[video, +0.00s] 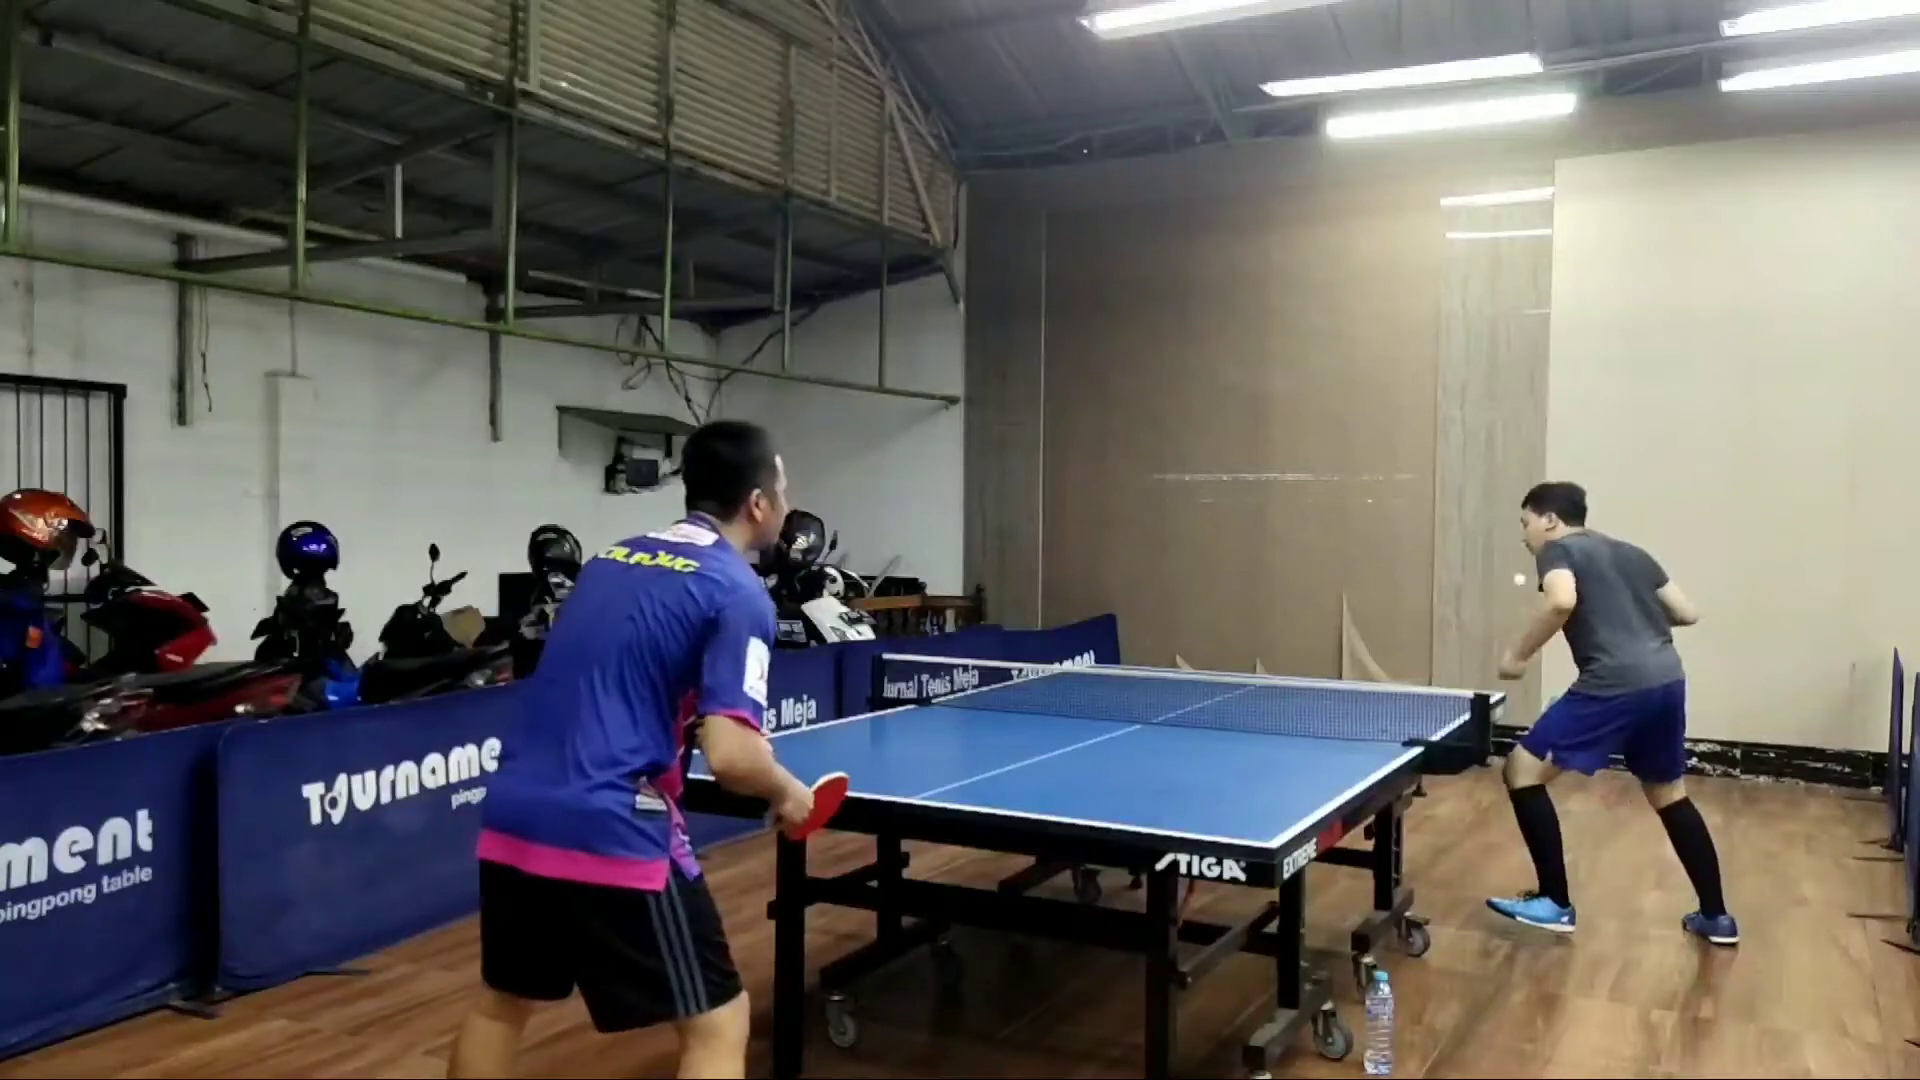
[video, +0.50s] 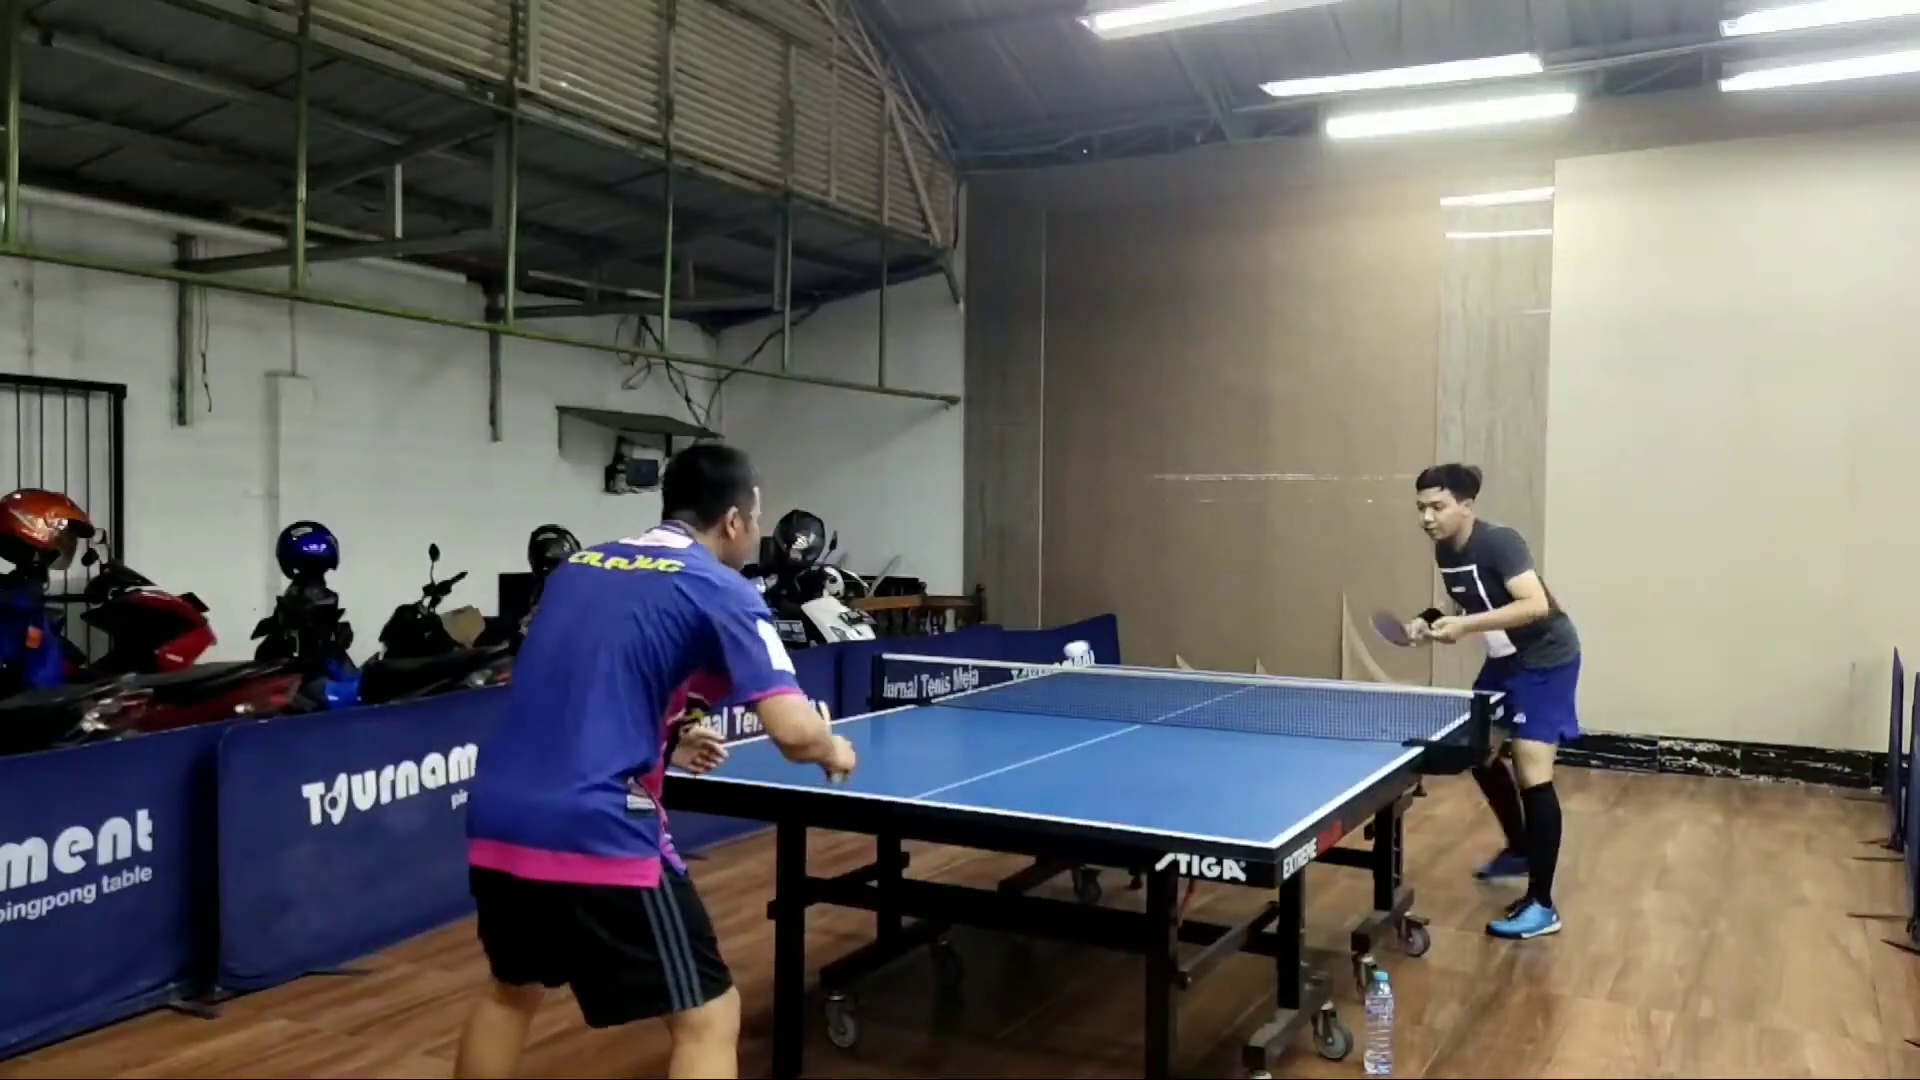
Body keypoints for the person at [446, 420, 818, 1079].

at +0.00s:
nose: (785, 510)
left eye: (785, 495)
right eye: (782, 495)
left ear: (695, 492)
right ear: (758, 503)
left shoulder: (614, 557)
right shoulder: (736, 590)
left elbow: (594, 689)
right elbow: (732, 755)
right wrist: (785, 790)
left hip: (509, 820)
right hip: (614, 831)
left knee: (500, 1004)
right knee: (716, 1017)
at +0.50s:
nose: (758, 535)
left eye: (760, 519)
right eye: (758, 519)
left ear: (671, 508)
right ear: (733, 521)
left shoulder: (582, 562)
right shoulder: (720, 586)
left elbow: (556, 691)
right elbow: (794, 731)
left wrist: (661, 736)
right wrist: (829, 748)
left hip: (495, 823)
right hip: (599, 831)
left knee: (511, 993)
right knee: (706, 1016)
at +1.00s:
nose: (680, 538)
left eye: (681, 521)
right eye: (680, 520)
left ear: (594, 506)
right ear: (656, 518)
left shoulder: (494, 553)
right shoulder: (658, 579)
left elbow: (419, 687)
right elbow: (804, 675)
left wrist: (505, 689)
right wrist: (820, 685)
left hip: (437, 830)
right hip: (545, 835)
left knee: (481, 994)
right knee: (662, 1014)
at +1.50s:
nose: (692, 519)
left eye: (691, 501)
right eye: (690, 502)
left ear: (596, 496)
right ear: (662, 509)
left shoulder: (498, 551)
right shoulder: (645, 592)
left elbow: (442, 681)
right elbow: (716, 757)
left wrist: (539, 760)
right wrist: (778, 790)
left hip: (378, 828)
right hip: (488, 845)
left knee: (382, 1006)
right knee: (592, 1043)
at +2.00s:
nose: (691, 559)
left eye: (692, 544)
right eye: (691, 544)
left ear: (595, 519)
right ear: (662, 537)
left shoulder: (486, 563)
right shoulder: (650, 608)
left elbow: (385, 675)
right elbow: (823, 666)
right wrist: (892, 652)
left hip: (353, 861)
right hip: (478, 883)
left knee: (332, 1038)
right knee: (616, 1054)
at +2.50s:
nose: (602, 544)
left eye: (603, 526)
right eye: (600, 526)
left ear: (507, 514)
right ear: (568, 528)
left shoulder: (416, 566)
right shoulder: (523, 605)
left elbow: (345, 713)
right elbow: (571, 769)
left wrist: (436, 809)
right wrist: (666, 795)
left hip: (249, 846)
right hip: (352, 860)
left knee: (269, 1044)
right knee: (485, 1060)